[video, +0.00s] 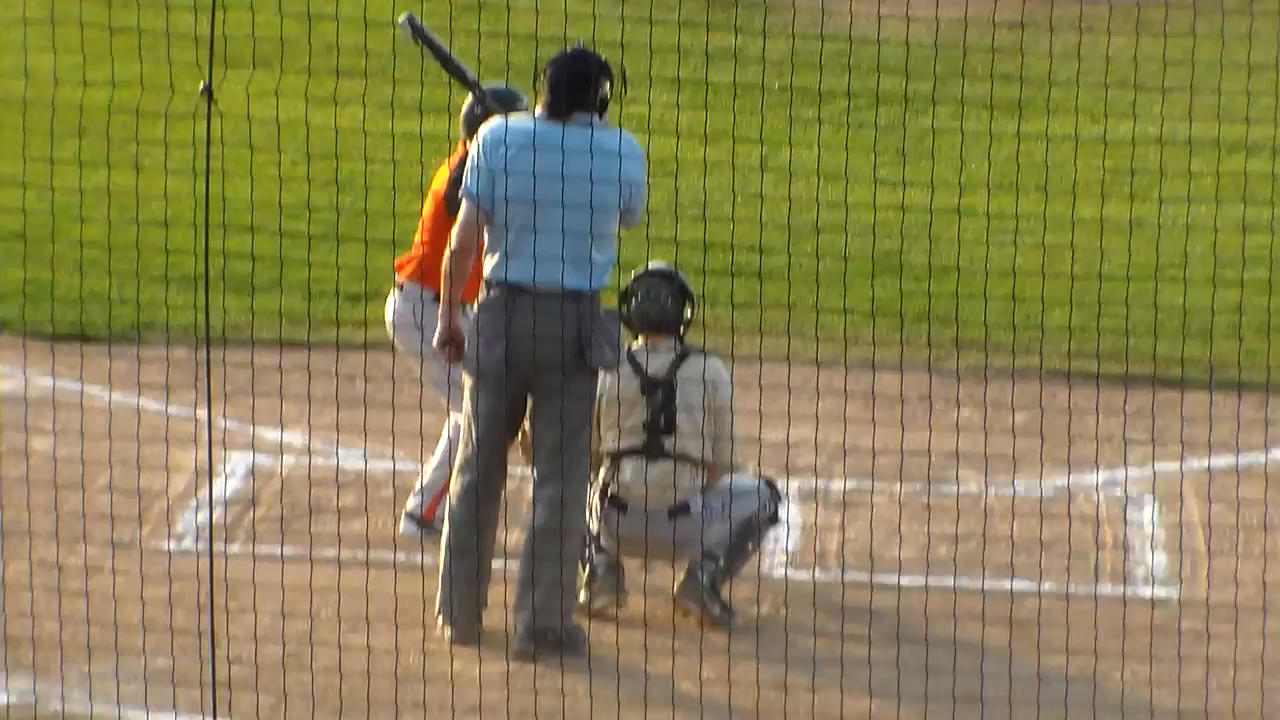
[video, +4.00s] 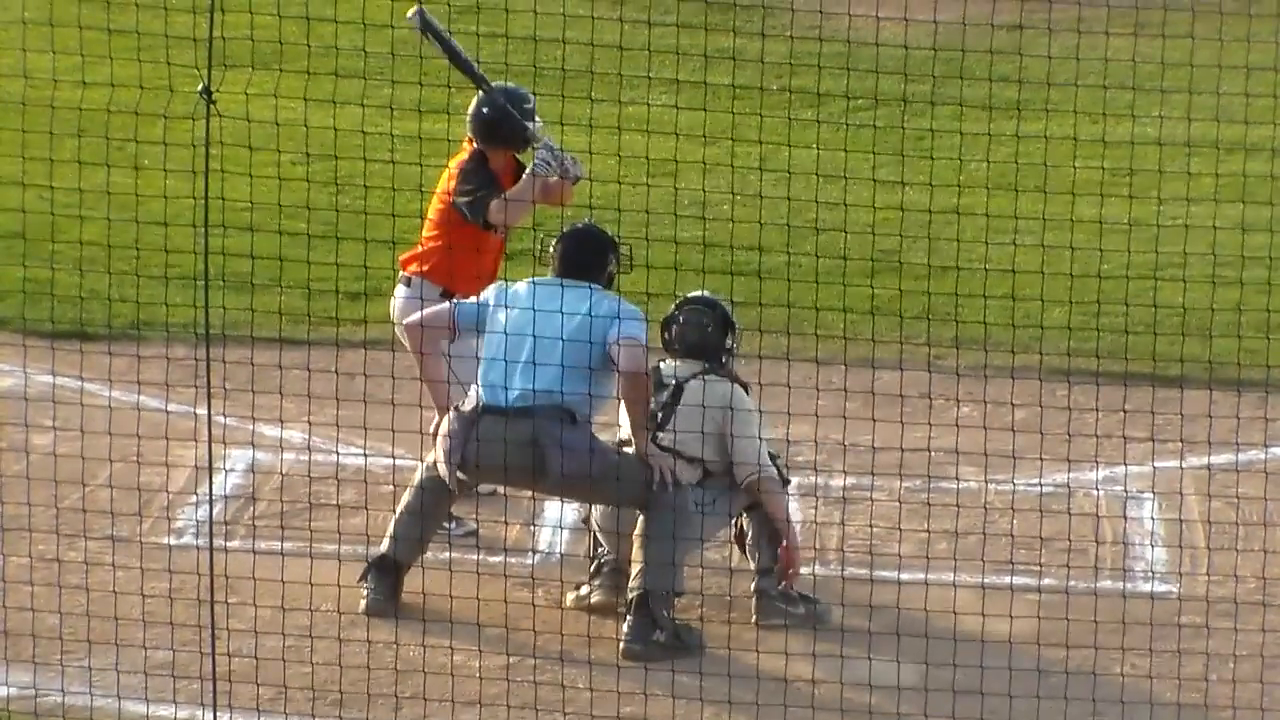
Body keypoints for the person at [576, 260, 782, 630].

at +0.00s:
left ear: (630, 316)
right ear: (683, 315)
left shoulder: (608, 371)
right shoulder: (710, 371)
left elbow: (594, 455)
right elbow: (720, 465)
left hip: (617, 524)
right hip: (680, 527)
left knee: (595, 477)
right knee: (765, 496)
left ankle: (603, 572)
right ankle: (704, 577)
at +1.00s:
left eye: (635, 300)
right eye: (684, 303)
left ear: (628, 309)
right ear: (681, 314)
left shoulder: (606, 364)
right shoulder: (709, 366)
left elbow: (587, 451)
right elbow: (720, 464)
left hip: (616, 518)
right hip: (683, 520)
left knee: (581, 474)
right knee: (766, 489)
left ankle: (604, 564)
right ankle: (704, 571)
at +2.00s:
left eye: (633, 293)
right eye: (686, 298)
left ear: (629, 303)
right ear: (682, 309)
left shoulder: (606, 357)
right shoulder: (709, 361)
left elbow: (585, 443)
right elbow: (719, 458)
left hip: (615, 512)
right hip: (680, 514)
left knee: (590, 470)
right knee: (765, 482)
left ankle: (604, 557)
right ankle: (703, 564)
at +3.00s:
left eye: (637, 299)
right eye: (691, 306)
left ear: (636, 310)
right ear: (687, 315)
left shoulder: (604, 361)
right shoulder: (703, 365)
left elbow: (593, 429)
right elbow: (769, 428)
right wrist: (701, 450)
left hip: (594, 504)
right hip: (660, 510)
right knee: (759, 464)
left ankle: (605, 561)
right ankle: (775, 584)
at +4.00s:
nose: (731, 344)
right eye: (727, 337)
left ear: (669, 339)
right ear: (721, 343)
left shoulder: (642, 381)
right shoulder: (729, 394)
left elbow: (617, 446)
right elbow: (754, 471)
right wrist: (788, 536)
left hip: (627, 506)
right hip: (686, 512)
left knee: (615, 464)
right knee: (769, 470)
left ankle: (605, 576)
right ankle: (774, 592)